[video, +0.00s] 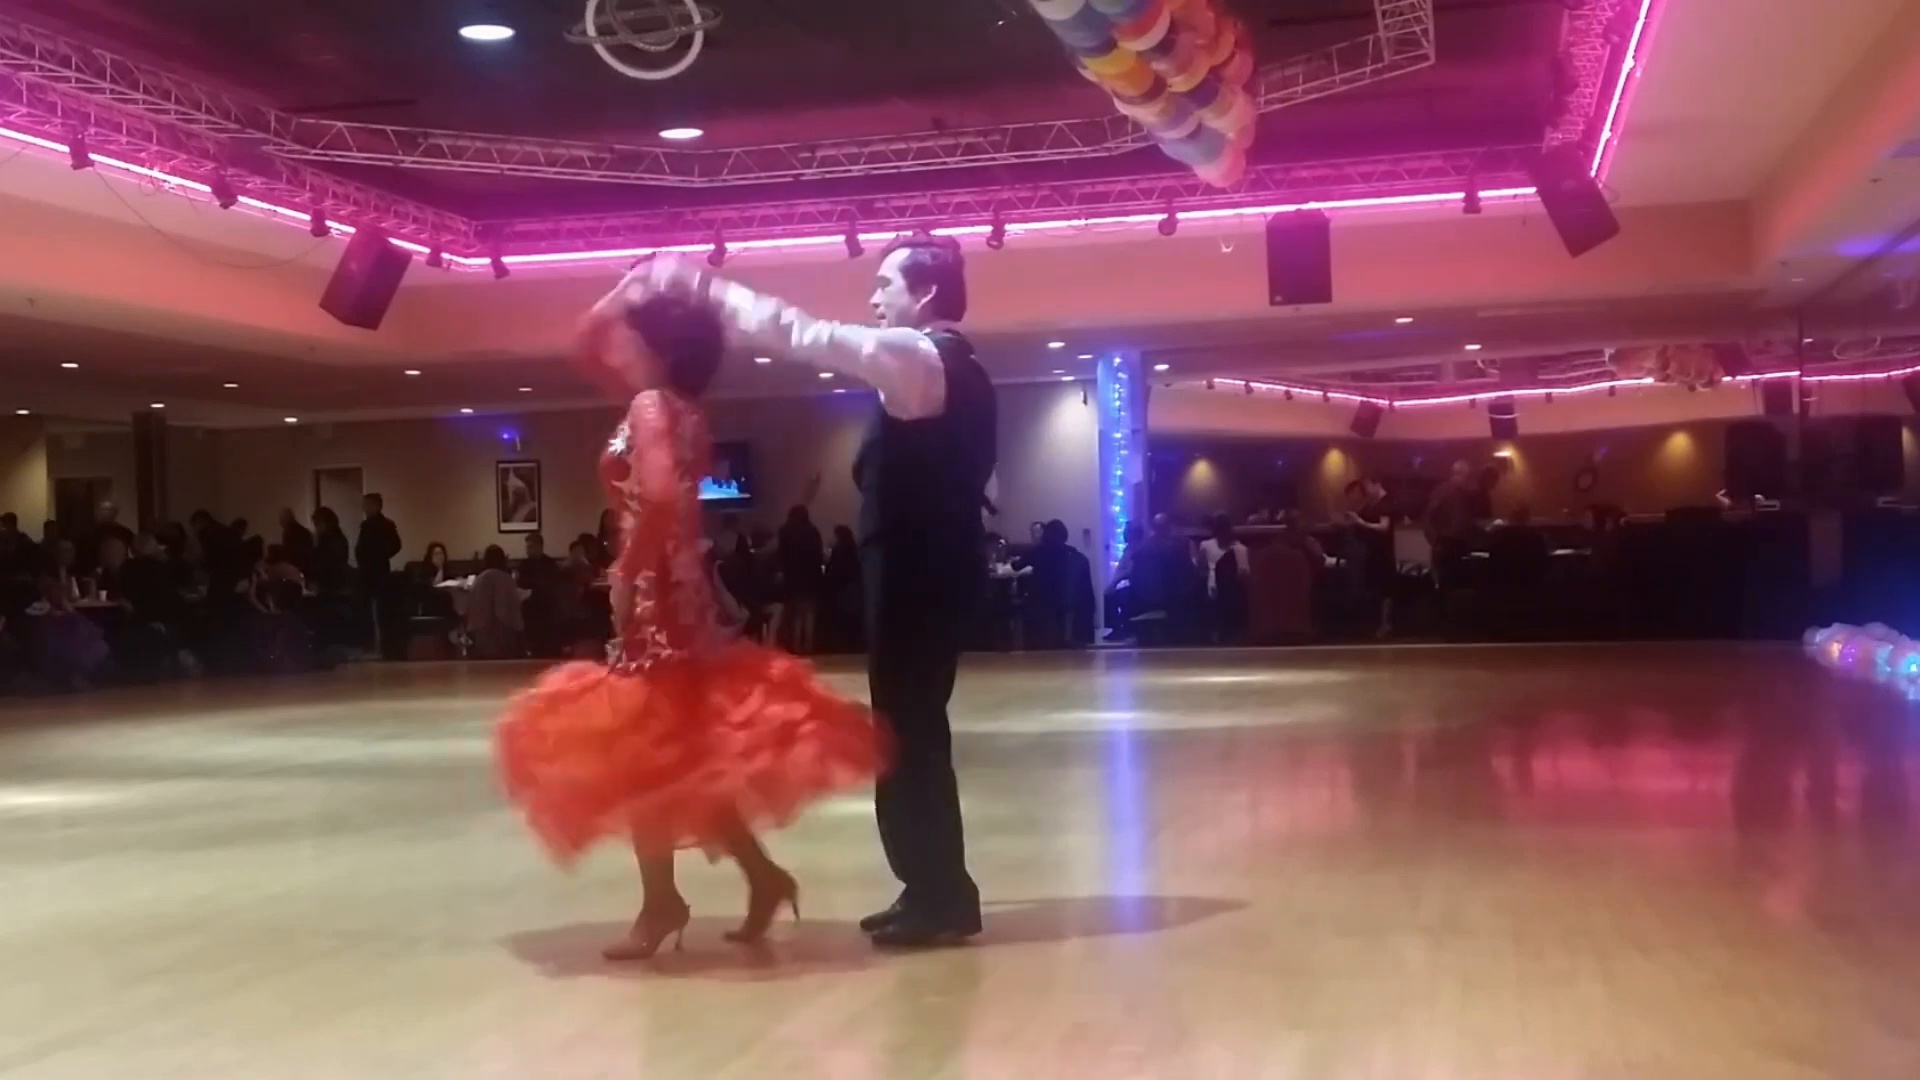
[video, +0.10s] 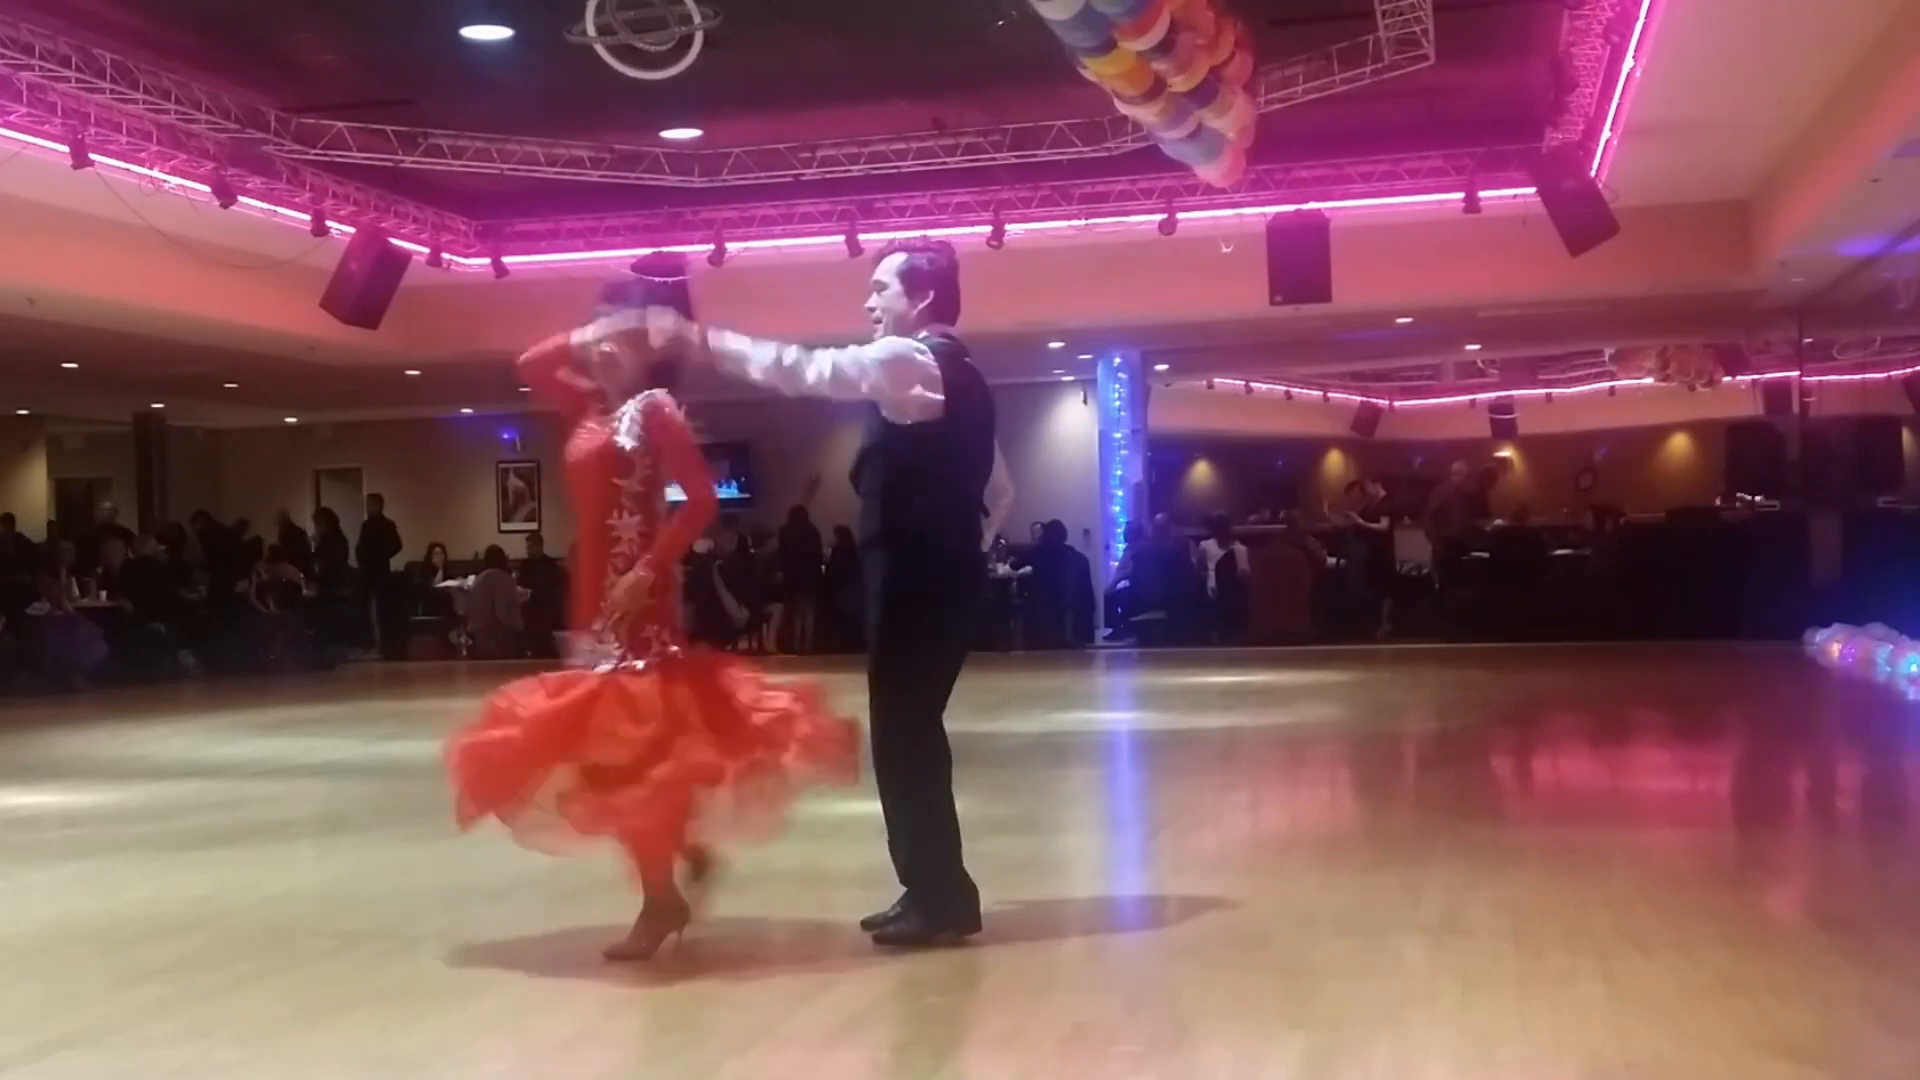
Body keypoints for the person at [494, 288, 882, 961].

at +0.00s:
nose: (622, 348)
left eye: (630, 338)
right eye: (623, 336)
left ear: (654, 348)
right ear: (678, 350)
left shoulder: (651, 406)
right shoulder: (676, 408)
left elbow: (659, 497)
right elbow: (593, 347)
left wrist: (631, 575)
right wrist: (626, 291)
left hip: (656, 597)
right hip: (677, 593)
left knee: (641, 753)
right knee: (683, 753)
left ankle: (660, 899)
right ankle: (763, 875)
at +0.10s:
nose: (602, 351)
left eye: (617, 339)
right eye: (597, 341)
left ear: (650, 349)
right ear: (593, 353)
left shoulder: (656, 411)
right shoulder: (593, 412)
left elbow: (701, 502)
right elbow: (531, 365)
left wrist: (647, 571)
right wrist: (589, 337)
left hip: (639, 605)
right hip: (598, 602)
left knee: (632, 754)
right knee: (622, 748)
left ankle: (661, 896)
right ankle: (690, 846)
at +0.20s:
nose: (581, 340)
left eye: (595, 328)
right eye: (571, 328)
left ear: (621, 338)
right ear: (553, 337)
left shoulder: (643, 408)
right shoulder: (540, 408)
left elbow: (701, 497)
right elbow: (520, 384)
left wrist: (655, 569)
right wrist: (597, 377)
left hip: (618, 590)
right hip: (552, 589)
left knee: (637, 744)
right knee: (558, 748)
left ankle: (657, 899)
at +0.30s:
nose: (556, 337)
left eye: (566, 327)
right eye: (541, 326)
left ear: (583, 342)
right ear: (513, 338)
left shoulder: (603, 416)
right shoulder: (496, 404)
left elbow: (637, 503)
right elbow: (535, 423)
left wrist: (640, 560)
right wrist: (609, 425)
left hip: (592, 597)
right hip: (523, 599)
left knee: (626, 737)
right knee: (530, 756)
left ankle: (638, 898)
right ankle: (475, 905)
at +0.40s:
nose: (537, 343)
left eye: (539, 331)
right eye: (521, 332)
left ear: (540, 341)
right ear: (482, 343)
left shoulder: (537, 419)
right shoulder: (470, 409)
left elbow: (553, 524)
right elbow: (546, 455)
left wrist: (595, 576)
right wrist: (653, 446)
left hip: (548, 606)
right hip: (496, 610)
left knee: (583, 747)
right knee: (511, 767)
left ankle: (583, 894)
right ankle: (462, 913)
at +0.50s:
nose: (510, 345)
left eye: (506, 332)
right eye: (498, 333)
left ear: (463, 344)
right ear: (461, 344)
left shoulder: (473, 413)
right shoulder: (458, 412)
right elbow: (557, 449)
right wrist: (655, 443)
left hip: (490, 607)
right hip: (474, 612)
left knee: (525, 754)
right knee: (511, 758)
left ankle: (492, 898)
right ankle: (464, 913)